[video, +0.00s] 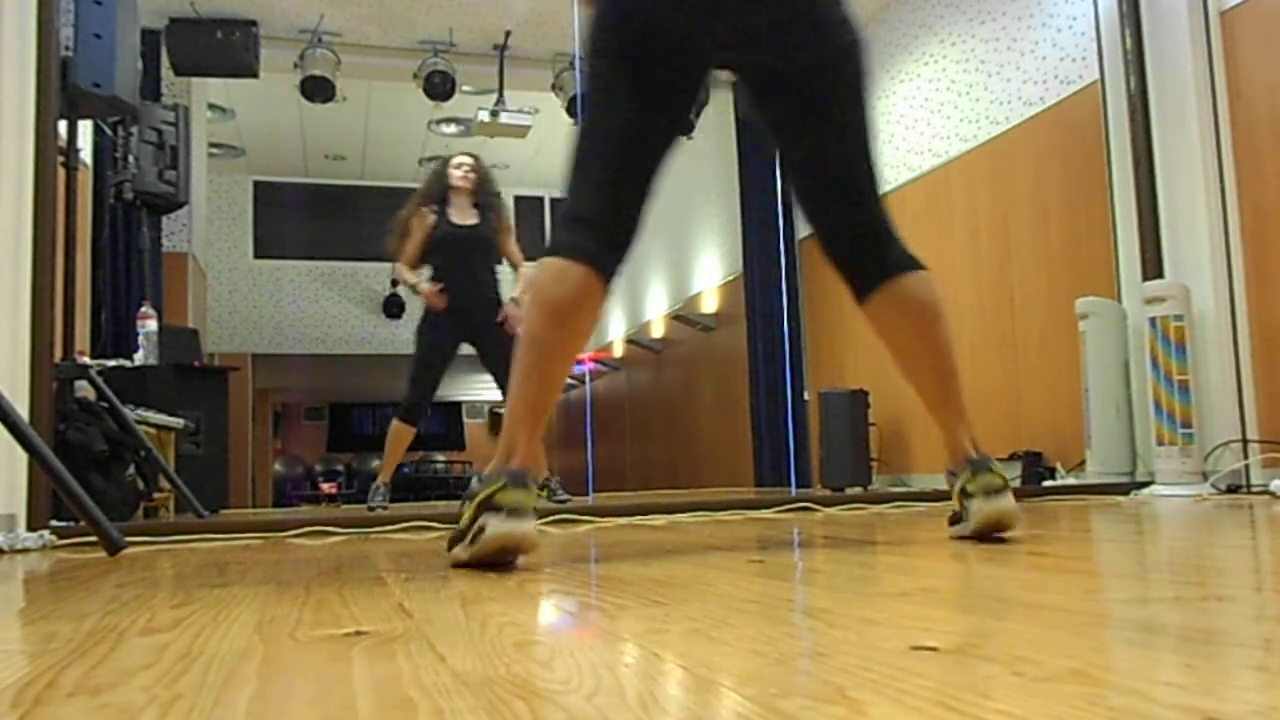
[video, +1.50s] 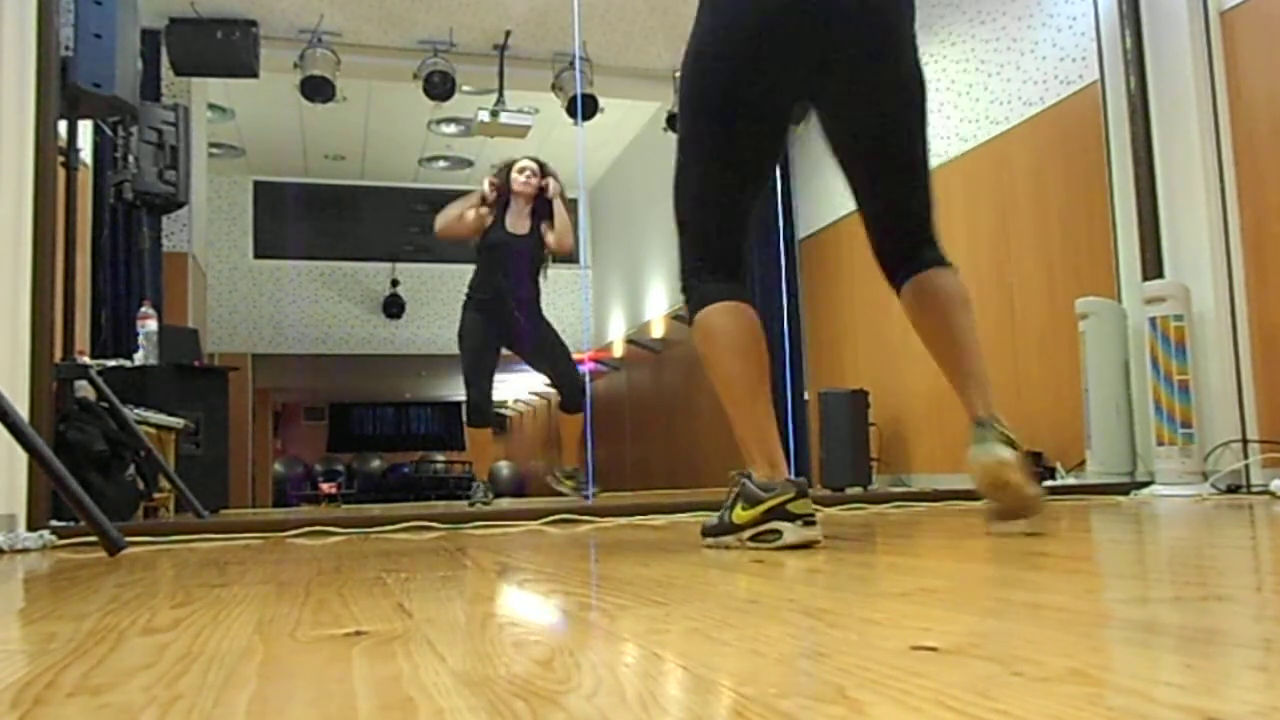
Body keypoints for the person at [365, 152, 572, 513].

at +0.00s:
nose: (465, 171)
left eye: (472, 168)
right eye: (458, 166)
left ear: (480, 179)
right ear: (445, 176)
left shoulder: (494, 219)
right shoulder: (429, 217)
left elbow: (521, 266)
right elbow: (402, 267)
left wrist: (517, 300)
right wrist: (421, 286)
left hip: (488, 317)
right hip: (442, 316)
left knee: (522, 395)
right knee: (416, 402)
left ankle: (544, 478)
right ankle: (383, 482)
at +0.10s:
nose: (488, 172)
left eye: (495, 169)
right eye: (481, 167)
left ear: (504, 181)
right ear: (468, 176)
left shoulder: (517, 220)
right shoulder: (452, 217)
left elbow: (545, 269)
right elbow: (433, 271)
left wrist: (535, 289)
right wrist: (454, 271)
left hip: (510, 315)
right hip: (465, 314)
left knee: (527, 400)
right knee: (435, 398)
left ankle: (536, 481)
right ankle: (396, 479)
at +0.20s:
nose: (506, 170)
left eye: (513, 167)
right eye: (500, 165)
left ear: (522, 180)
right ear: (486, 174)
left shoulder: (533, 215)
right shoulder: (469, 211)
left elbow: (564, 268)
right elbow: (453, 263)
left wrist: (548, 251)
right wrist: (486, 232)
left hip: (523, 310)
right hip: (479, 309)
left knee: (533, 397)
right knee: (453, 392)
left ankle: (546, 481)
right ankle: (430, 477)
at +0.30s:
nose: (519, 172)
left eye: (525, 169)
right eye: (513, 166)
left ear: (531, 181)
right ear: (498, 174)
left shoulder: (541, 214)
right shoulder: (481, 207)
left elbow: (572, 252)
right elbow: (467, 239)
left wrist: (550, 211)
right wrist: (493, 201)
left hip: (532, 310)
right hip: (488, 308)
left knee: (537, 394)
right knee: (472, 392)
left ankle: (546, 480)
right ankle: (465, 477)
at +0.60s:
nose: (525, 173)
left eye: (531, 169)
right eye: (520, 168)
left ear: (538, 179)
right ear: (507, 175)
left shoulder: (546, 218)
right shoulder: (492, 213)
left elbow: (572, 202)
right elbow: (492, 186)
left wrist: (547, 169)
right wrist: (509, 163)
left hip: (543, 309)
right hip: (501, 309)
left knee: (542, 399)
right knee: (494, 398)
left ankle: (546, 480)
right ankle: (482, 481)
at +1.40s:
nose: (527, 173)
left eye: (533, 171)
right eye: (521, 166)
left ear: (537, 185)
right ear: (504, 175)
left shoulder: (539, 222)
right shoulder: (484, 209)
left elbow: (561, 211)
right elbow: (455, 183)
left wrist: (551, 176)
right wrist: (484, 172)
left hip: (530, 310)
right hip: (488, 310)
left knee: (565, 388)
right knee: (488, 398)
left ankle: (551, 474)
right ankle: (483, 482)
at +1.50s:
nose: (528, 177)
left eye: (534, 174)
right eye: (522, 171)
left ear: (539, 188)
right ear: (507, 181)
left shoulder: (542, 223)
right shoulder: (486, 217)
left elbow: (564, 243)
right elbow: (442, 227)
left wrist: (557, 198)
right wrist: (476, 196)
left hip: (526, 318)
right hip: (482, 316)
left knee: (573, 385)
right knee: (478, 398)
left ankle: (568, 470)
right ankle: (481, 483)